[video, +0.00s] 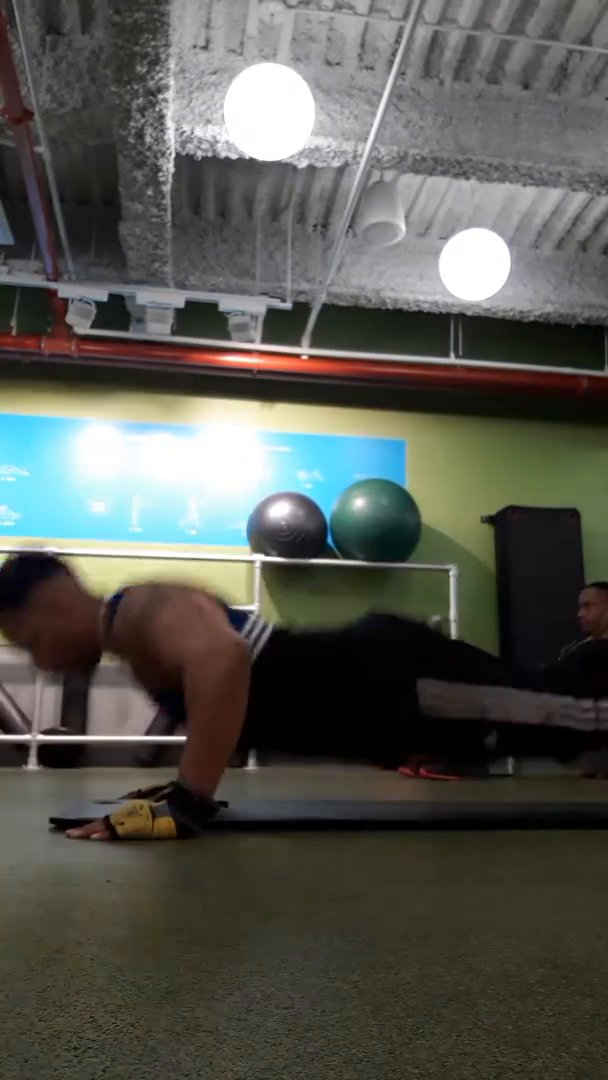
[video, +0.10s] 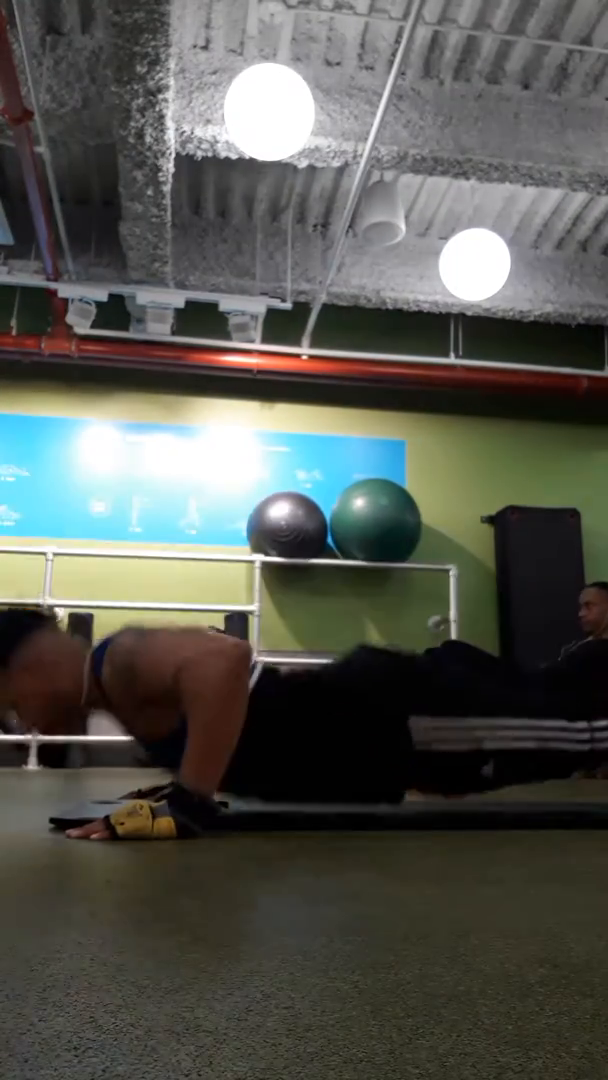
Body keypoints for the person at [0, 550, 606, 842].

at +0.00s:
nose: (37, 658)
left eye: (29, 636)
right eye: (25, 647)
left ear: (56, 596)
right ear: (54, 604)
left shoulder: (143, 609)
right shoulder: (137, 636)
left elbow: (223, 661)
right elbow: (224, 695)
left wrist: (190, 799)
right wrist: (177, 793)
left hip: (386, 678)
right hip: (373, 700)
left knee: (579, 713)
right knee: (557, 715)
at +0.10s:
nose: (15, 716)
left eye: (7, 696)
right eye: (4, 706)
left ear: (38, 651)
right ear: (44, 651)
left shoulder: (123, 659)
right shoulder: (130, 693)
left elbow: (220, 664)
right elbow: (214, 760)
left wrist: (188, 798)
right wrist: (140, 814)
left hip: (399, 718)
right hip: (386, 733)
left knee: (583, 724)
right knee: (555, 713)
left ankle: (597, 637)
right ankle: (596, 635)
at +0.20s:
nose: (21, 758)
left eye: (11, 740)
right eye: (10, 751)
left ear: (31, 698)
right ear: (38, 698)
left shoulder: (116, 685)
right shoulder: (123, 720)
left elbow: (217, 664)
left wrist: (188, 798)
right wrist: (136, 815)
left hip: (377, 732)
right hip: (368, 756)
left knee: (583, 731)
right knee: (556, 720)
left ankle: (602, 643)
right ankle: (600, 640)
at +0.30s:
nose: (23, 746)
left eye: (12, 728)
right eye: (12, 737)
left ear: (35, 686)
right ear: (43, 681)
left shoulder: (112, 672)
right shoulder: (119, 701)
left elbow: (215, 660)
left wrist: (187, 800)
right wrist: (149, 807)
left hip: (376, 716)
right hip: (368, 733)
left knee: (568, 718)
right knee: (547, 712)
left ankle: (597, 642)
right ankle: (595, 641)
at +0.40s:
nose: (30, 695)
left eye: (21, 676)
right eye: (17, 685)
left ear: (43, 636)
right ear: (44, 635)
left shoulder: (134, 630)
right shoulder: (123, 663)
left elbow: (217, 658)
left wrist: (190, 796)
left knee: (562, 712)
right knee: (539, 718)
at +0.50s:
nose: (41, 631)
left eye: (32, 609)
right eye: (28, 620)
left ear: (61, 568)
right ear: (62, 573)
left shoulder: (153, 580)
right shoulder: (144, 600)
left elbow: (215, 659)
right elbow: (213, 683)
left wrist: (186, 796)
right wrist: (180, 792)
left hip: (403, 639)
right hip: (391, 659)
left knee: (581, 698)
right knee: (553, 723)